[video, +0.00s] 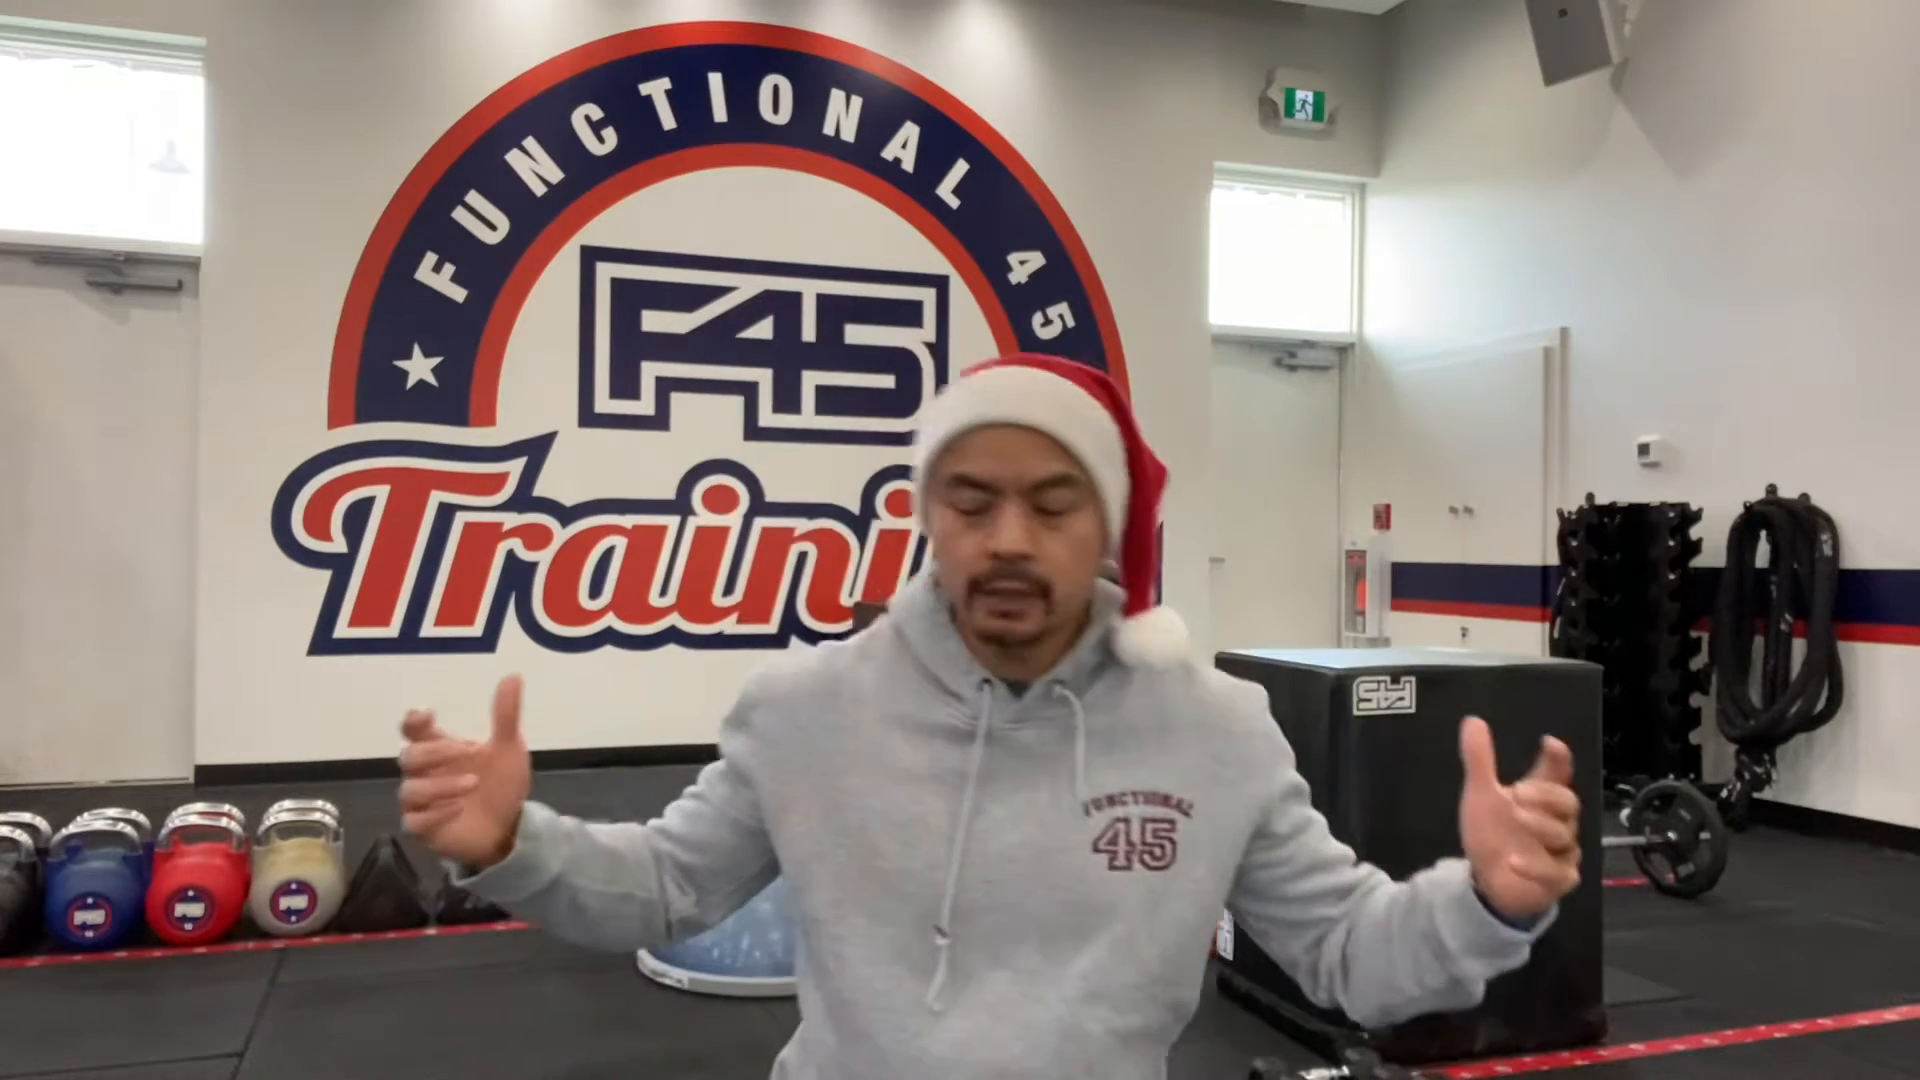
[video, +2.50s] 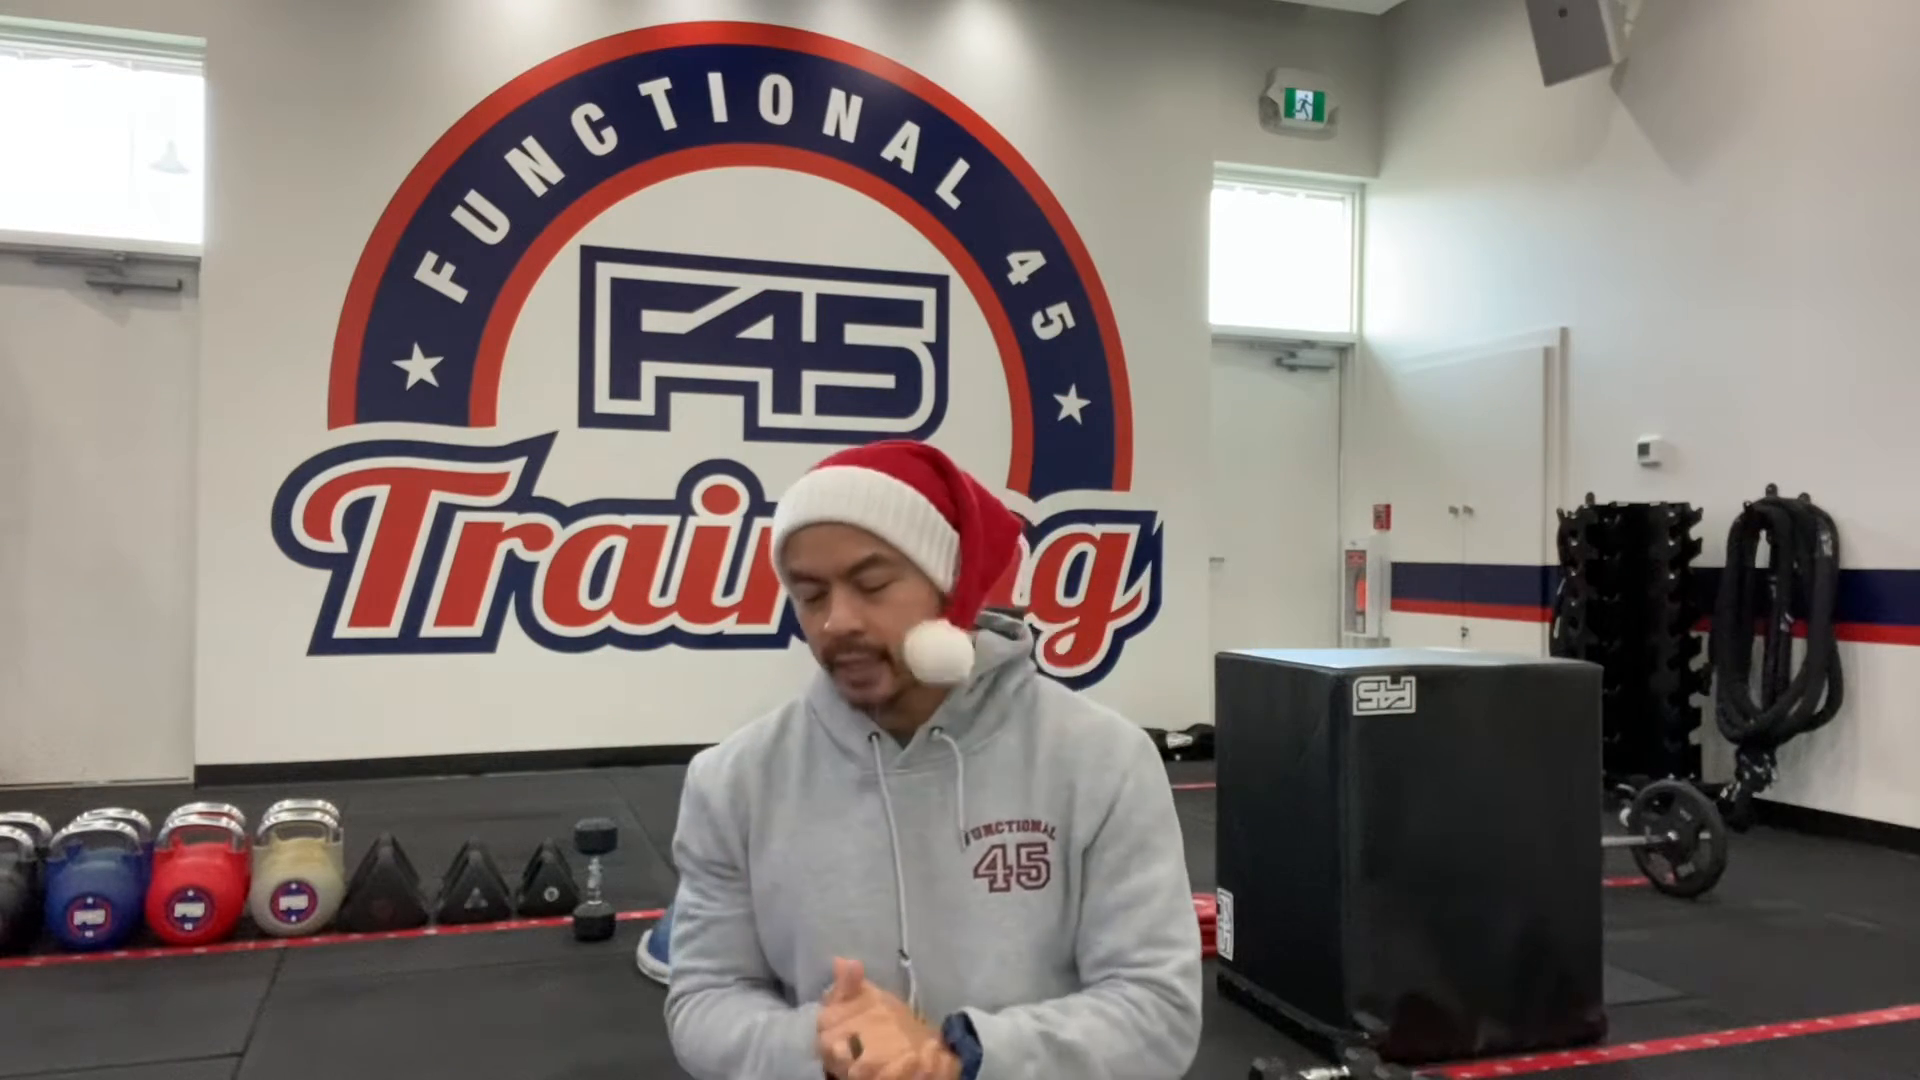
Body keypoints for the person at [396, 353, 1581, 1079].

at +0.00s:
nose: (1008, 547)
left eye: (1050, 504)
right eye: (971, 503)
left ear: (1115, 525)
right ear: (925, 519)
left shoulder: (1217, 734)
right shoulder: (803, 711)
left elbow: (1348, 958)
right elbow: (666, 887)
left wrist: (1481, 898)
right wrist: (513, 838)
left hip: (1097, 1075)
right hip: (844, 1069)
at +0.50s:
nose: (1137, 606)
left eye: (1179, 582)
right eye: (1113, 563)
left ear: (1217, 618)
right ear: (1056, 571)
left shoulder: (1259, 816)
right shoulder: (891, 713)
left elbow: (1311, 1039)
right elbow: (725, 836)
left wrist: (1469, 1018)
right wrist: (634, 777)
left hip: (1106, 1074)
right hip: (870, 1066)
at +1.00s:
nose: (1068, 562)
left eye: (1104, 547)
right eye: (1044, 533)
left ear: (1138, 598)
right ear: (990, 559)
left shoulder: (1185, 803)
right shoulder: (834, 711)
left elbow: (1247, 1039)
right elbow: (646, 842)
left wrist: (1401, 962)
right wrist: (567, 719)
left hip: (1049, 1079)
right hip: (830, 1073)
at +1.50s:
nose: (916, 550)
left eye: (949, 527)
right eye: (885, 534)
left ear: (1004, 565)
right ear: (855, 581)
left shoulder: (1095, 721)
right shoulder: (779, 747)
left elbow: (1228, 973)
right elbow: (651, 1001)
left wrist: (1135, 781)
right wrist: (674, 876)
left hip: (1051, 1067)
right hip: (839, 1067)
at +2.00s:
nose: (845, 600)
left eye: (878, 563)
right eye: (821, 578)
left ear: (960, 562)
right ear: (805, 597)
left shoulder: (1098, 746)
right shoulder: (741, 774)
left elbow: (1160, 995)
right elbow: (703, 1034)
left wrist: (941, 975)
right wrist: (799, 974)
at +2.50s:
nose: (839, 624)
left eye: (872, 583)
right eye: (813, 594)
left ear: (956, 580)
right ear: (793, 605)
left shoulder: (1099, 760)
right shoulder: (731, 784)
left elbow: (1157, 1009)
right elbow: (702, 1004)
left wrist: (960, 1050)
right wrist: (820, 1042)